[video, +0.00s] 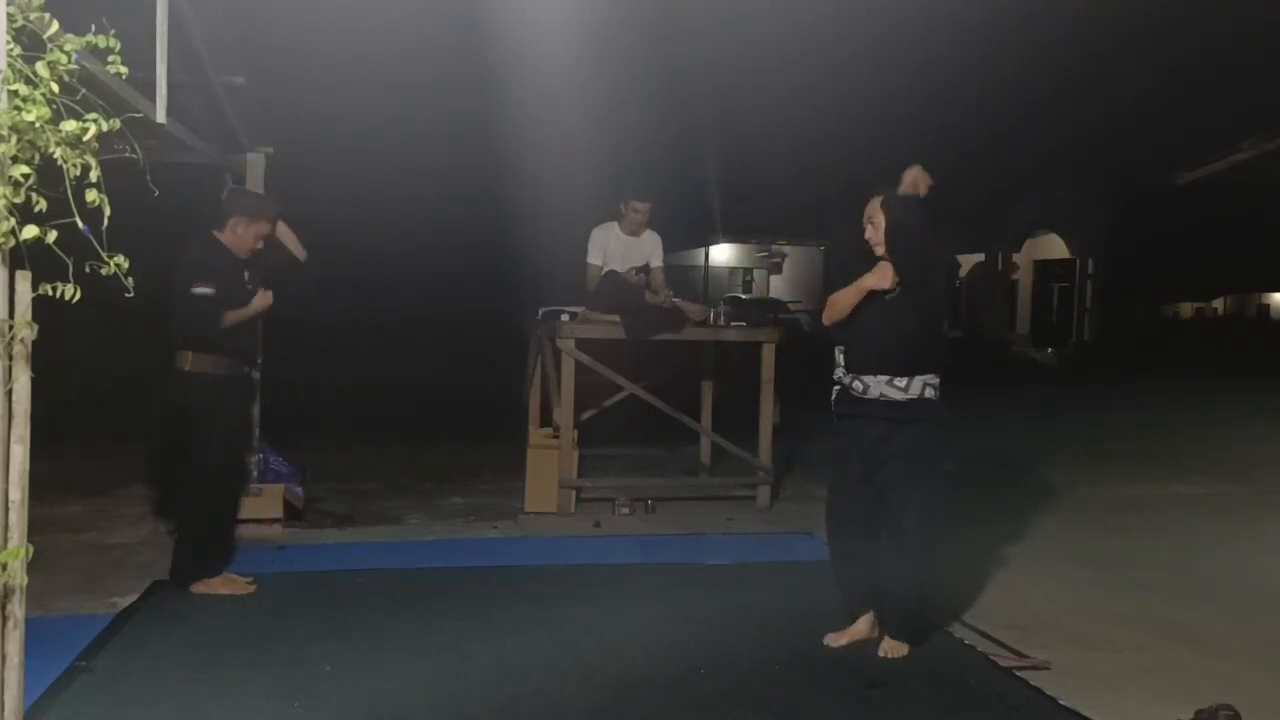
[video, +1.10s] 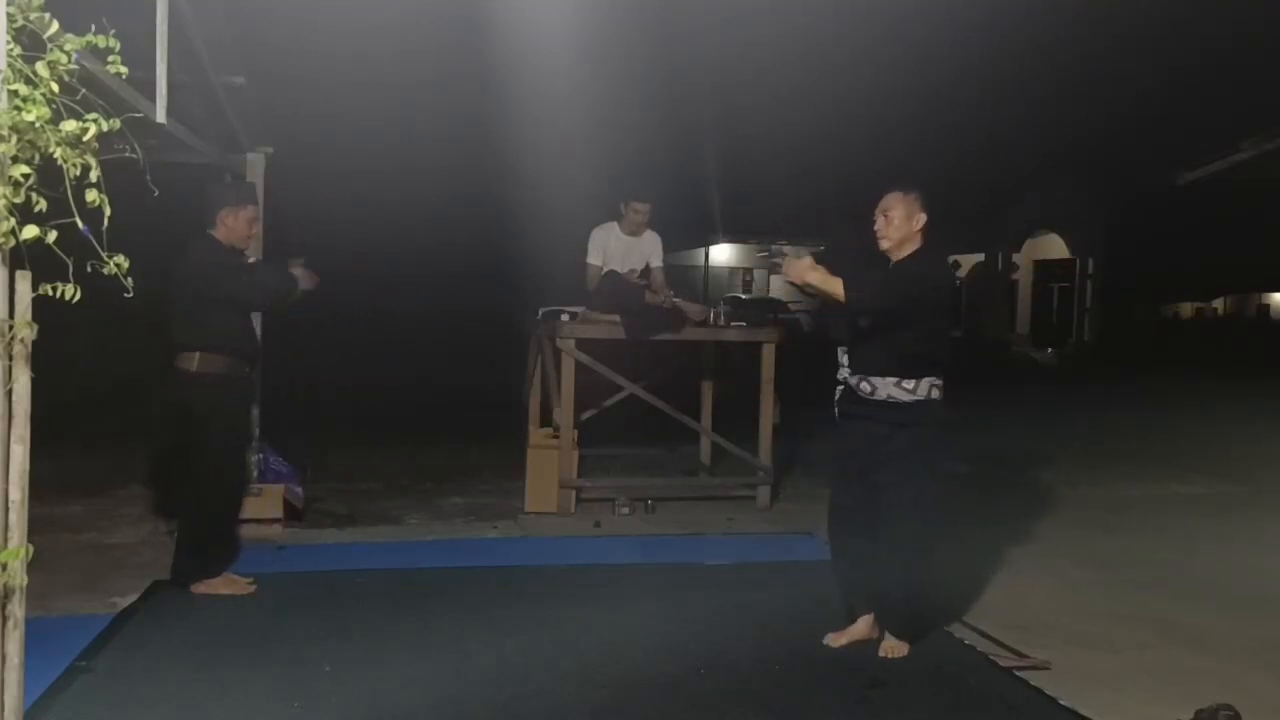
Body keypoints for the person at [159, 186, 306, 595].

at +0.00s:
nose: (259, 244)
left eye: (264, 237)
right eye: (258, 235)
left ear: (240, 228)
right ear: (235, 225)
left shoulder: (239, 260)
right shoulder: (205, 258)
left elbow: (297, 260)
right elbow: (199, 322)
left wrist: (270, 216)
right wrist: (253, 309)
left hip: (228, 381)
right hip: (205, 383)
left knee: (224, 472)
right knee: (209, 473)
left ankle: (211, 567)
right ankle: (200, 572)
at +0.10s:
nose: (261, 244)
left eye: (265, 237)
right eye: (258, 235)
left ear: (243, 230)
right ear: (232, 225)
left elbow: (294, 302)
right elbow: (147, 303)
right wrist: (199, 318)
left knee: (226, 475)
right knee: (209, 476)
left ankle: (210, 568)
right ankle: (199, 573)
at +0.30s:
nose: (263, 241)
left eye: (266, 232)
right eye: (259, 231)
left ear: (241, 227)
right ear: (233, 224)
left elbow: (287, 314)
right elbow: (200, 322)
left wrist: (310, 292)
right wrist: (262, 305)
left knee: (225, 472)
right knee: (210, 473)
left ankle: (207, 567)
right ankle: (198, 572)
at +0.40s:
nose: (261, 237)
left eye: (263, 230)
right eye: (258, 229)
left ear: (234, 223)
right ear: (233, 222)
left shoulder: (209, 253)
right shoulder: (214, 259)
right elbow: (264, 305)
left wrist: (256, 271)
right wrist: (332, 289)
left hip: (204, 377)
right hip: (212, 381)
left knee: (211, 471)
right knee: (218, 473)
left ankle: (195, 567)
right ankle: (202, 572)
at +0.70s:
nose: (258, 235)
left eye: (260, 226)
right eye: (254, 225)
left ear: (230, 222)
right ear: (229, 220)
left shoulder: (211, 255)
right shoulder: (214, 261)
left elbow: (259, 294)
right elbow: (269, 301)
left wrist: (303, 284)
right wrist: (318, 288)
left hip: (211, 380)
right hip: (211, 383)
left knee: (215, 472)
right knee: (217, 475)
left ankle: (204, 566)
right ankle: (202, 572)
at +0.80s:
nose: (259, 231)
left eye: (261, 223)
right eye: (254, 222)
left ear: (232, 222)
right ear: (229, 220)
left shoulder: (231, 259)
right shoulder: (202, 256)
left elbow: (277, 289)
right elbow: (214, 308)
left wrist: (339, 294)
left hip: (226, 380)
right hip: (207, 382)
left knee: (224, 472)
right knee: (213, 474)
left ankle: (211, 566)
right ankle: (203, 573)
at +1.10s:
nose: (254, 228)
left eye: (255, 220)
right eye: (249, 219)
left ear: (229, 221)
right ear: (225, 218)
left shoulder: (211, 257)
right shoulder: (209, 260)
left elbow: (245, 284)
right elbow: (254, 290)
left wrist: (281, 273)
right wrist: (291, 279)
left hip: (215, 380)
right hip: (211, 383)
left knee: (217, 471)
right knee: (216, 473)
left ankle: (206, 566)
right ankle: (203, 572)